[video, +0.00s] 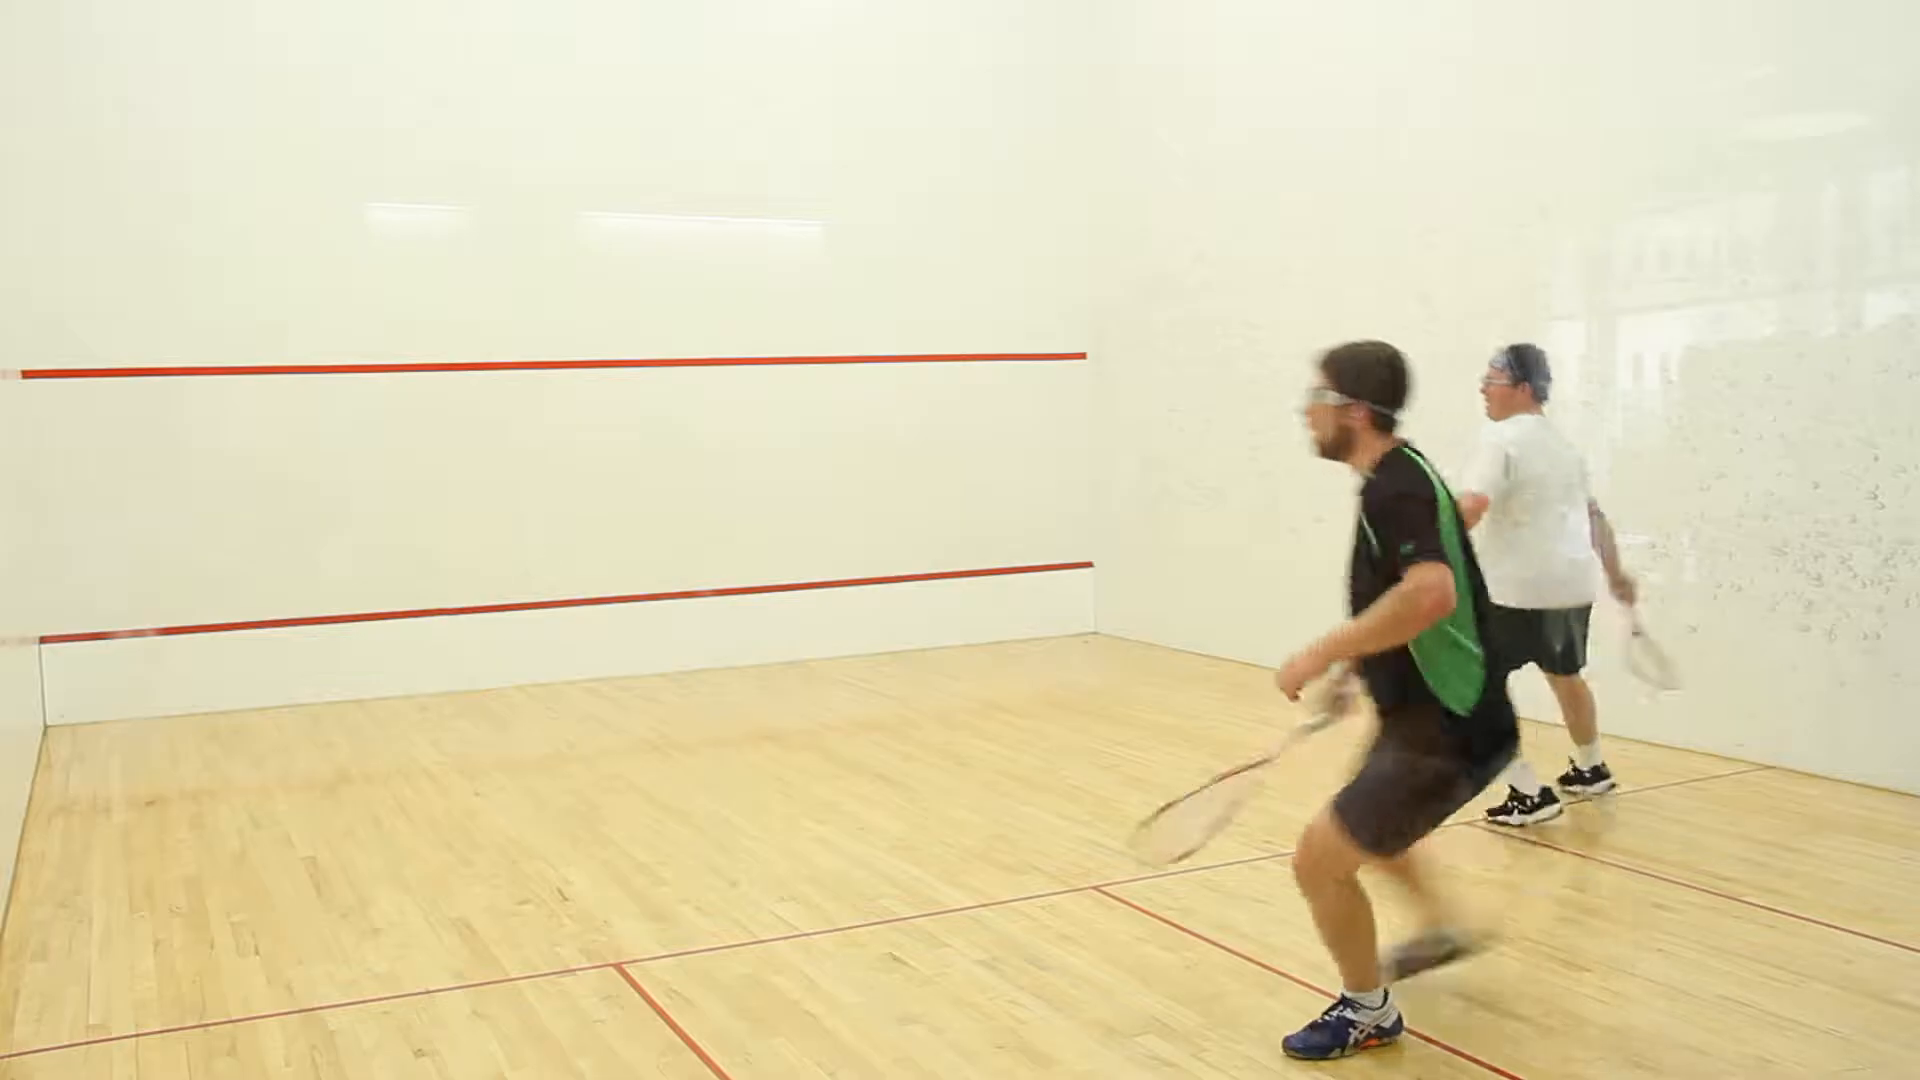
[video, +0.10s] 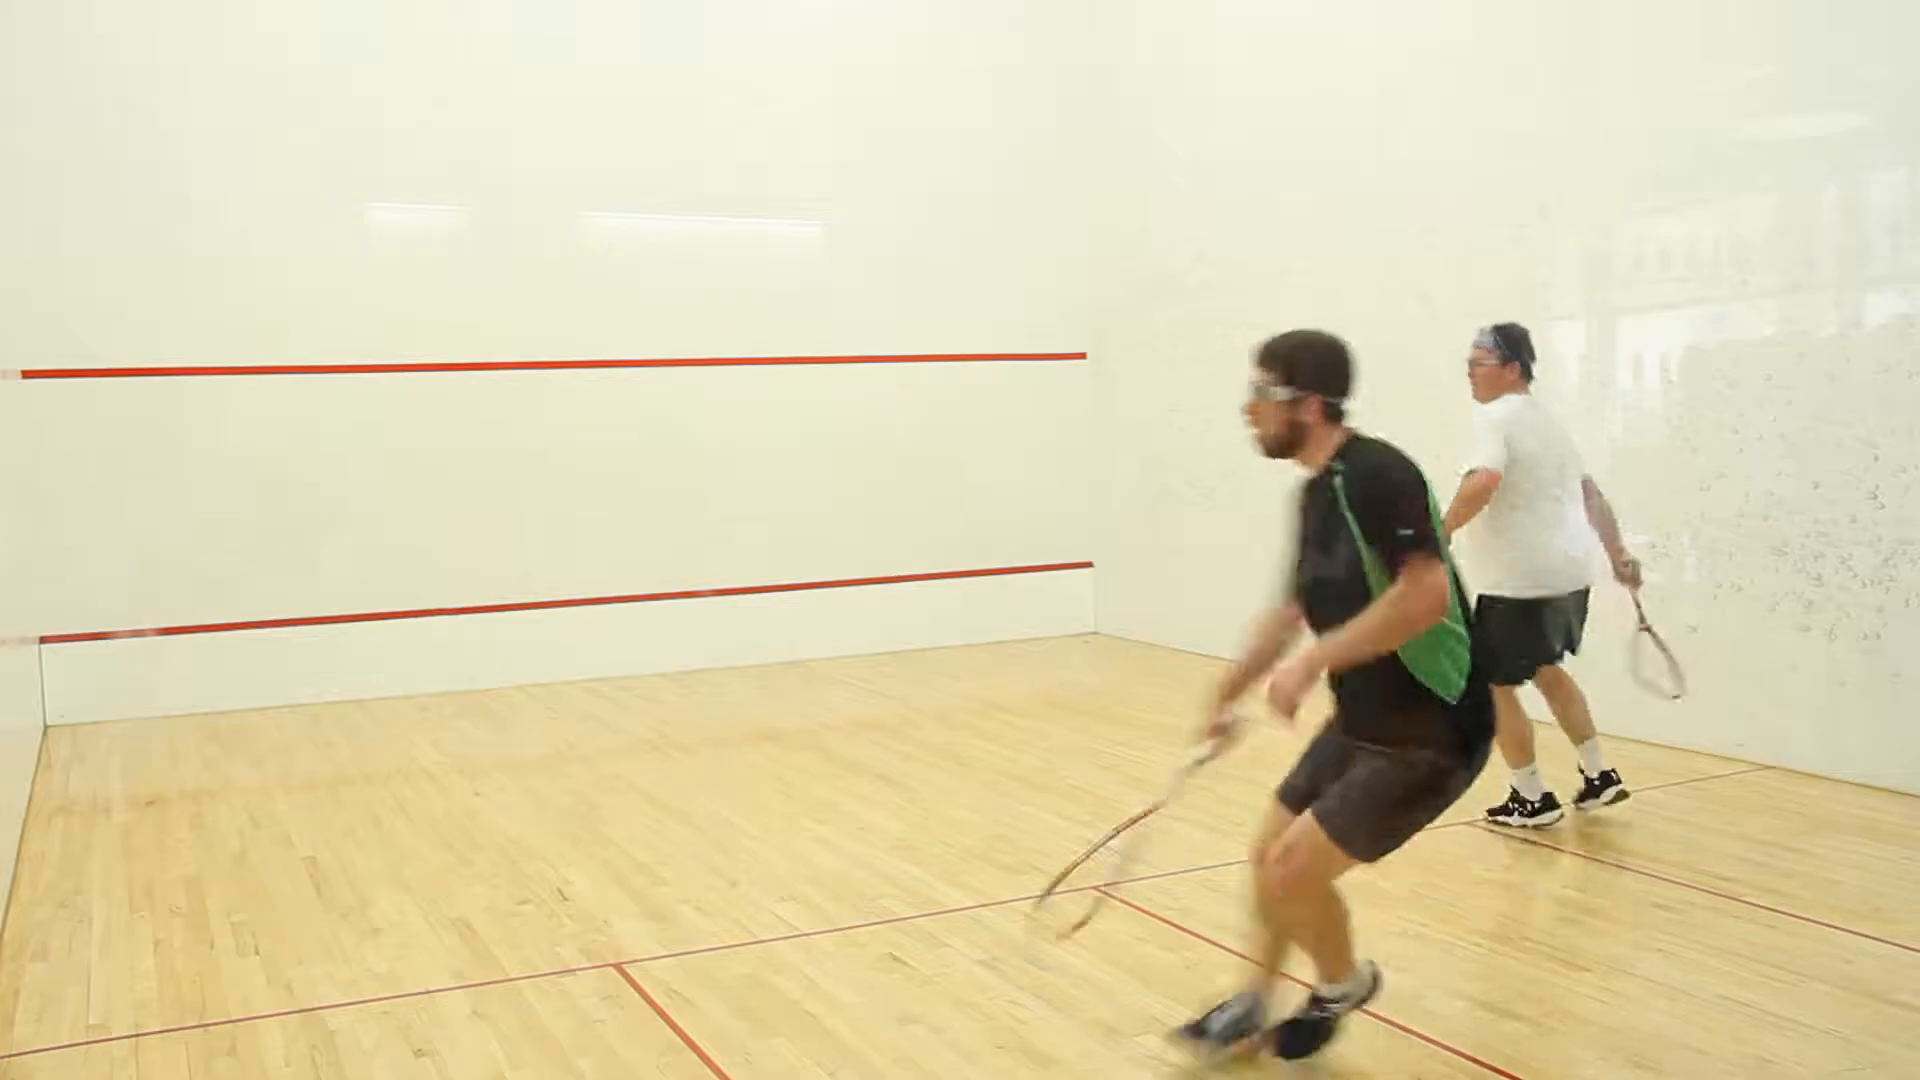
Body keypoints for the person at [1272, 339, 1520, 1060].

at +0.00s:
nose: (1308, 413)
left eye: (1319, 400)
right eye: (1312, 399)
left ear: (1357, 413)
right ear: (1367, 414)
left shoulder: (1398, 482)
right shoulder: (1397, 476)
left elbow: (1432, 591)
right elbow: (1414, 598)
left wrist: (1323, 652)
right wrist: (1359, 665)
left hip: (1452, 729)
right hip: (1423, 713)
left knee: (1319, 860)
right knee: (1369, 820)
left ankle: (1367, 1007)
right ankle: (1442, 927)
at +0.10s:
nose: (1248, 408)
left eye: (1262, 394)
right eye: (1252, 393)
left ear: (1311, 406)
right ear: (1303, 407)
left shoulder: (1377, 471)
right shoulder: (1318, 495)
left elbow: (1427, 594)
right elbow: (1295, 608)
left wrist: (1314, 659)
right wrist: (1234, 685)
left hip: (1432, 734)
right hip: (1363, 717)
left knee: (1291, 870)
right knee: (1270, 855)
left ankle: (1347, 983)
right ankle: (1259, 1000)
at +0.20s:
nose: (1204, 429)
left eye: (1219, 414)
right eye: (1207, 412)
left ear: (1275, 422)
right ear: (1262, 425)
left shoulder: (1369, 500)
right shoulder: (1242, 526)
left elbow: (1443, 627)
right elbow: (1193, 637)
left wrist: (1341, 716)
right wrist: (1131, 733)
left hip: (1398, 740)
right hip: (1302, 730)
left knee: (1265, 895)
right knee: (1224, 900)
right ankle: (1203, 1049)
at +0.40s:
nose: (1146, 474)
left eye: (1163, 456)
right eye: (1148, 455)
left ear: (1230, 464)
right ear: (1223, 466)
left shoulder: (1359, 541)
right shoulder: (1162, 560)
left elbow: (1476, 634)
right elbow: (1187, 672)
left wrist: (1464, 720)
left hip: (1324, 847)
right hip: (1211, 834)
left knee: (1253, 1060)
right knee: (1167, 997)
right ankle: (1189, 1029)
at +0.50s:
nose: (1126, 538)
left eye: (1147, 518)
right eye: (1129, 517)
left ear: (1220, 527)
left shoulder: (1336, 615)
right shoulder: (1139, 625)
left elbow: (1434, 709)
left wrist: (1450, 837)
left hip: (1303, 928)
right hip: (1179, 928)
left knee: (1262, 1065)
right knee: (1143, 1067)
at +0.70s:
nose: (1127, 585)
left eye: (1148, 565)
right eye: (1131, 561)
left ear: (1225, 579)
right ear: (1218, 577)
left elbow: (1453, 865)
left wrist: (1469, 1050)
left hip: (1299, 969)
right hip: (1169, 949)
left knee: (1227, 1074)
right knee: (1115, 1072)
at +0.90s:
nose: (1132, 401)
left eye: (1139, 381)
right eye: (1134, 382)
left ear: (1181, 395)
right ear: (1261, 382)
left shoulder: (1352, 535)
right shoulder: (1159, 503)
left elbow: (1468, 711)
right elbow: (1085, 567)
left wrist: (1481, 915)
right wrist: (1002, 617)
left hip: (1345, 860)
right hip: (1233, 834)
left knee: (1242, 1063)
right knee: (1165, 1028)